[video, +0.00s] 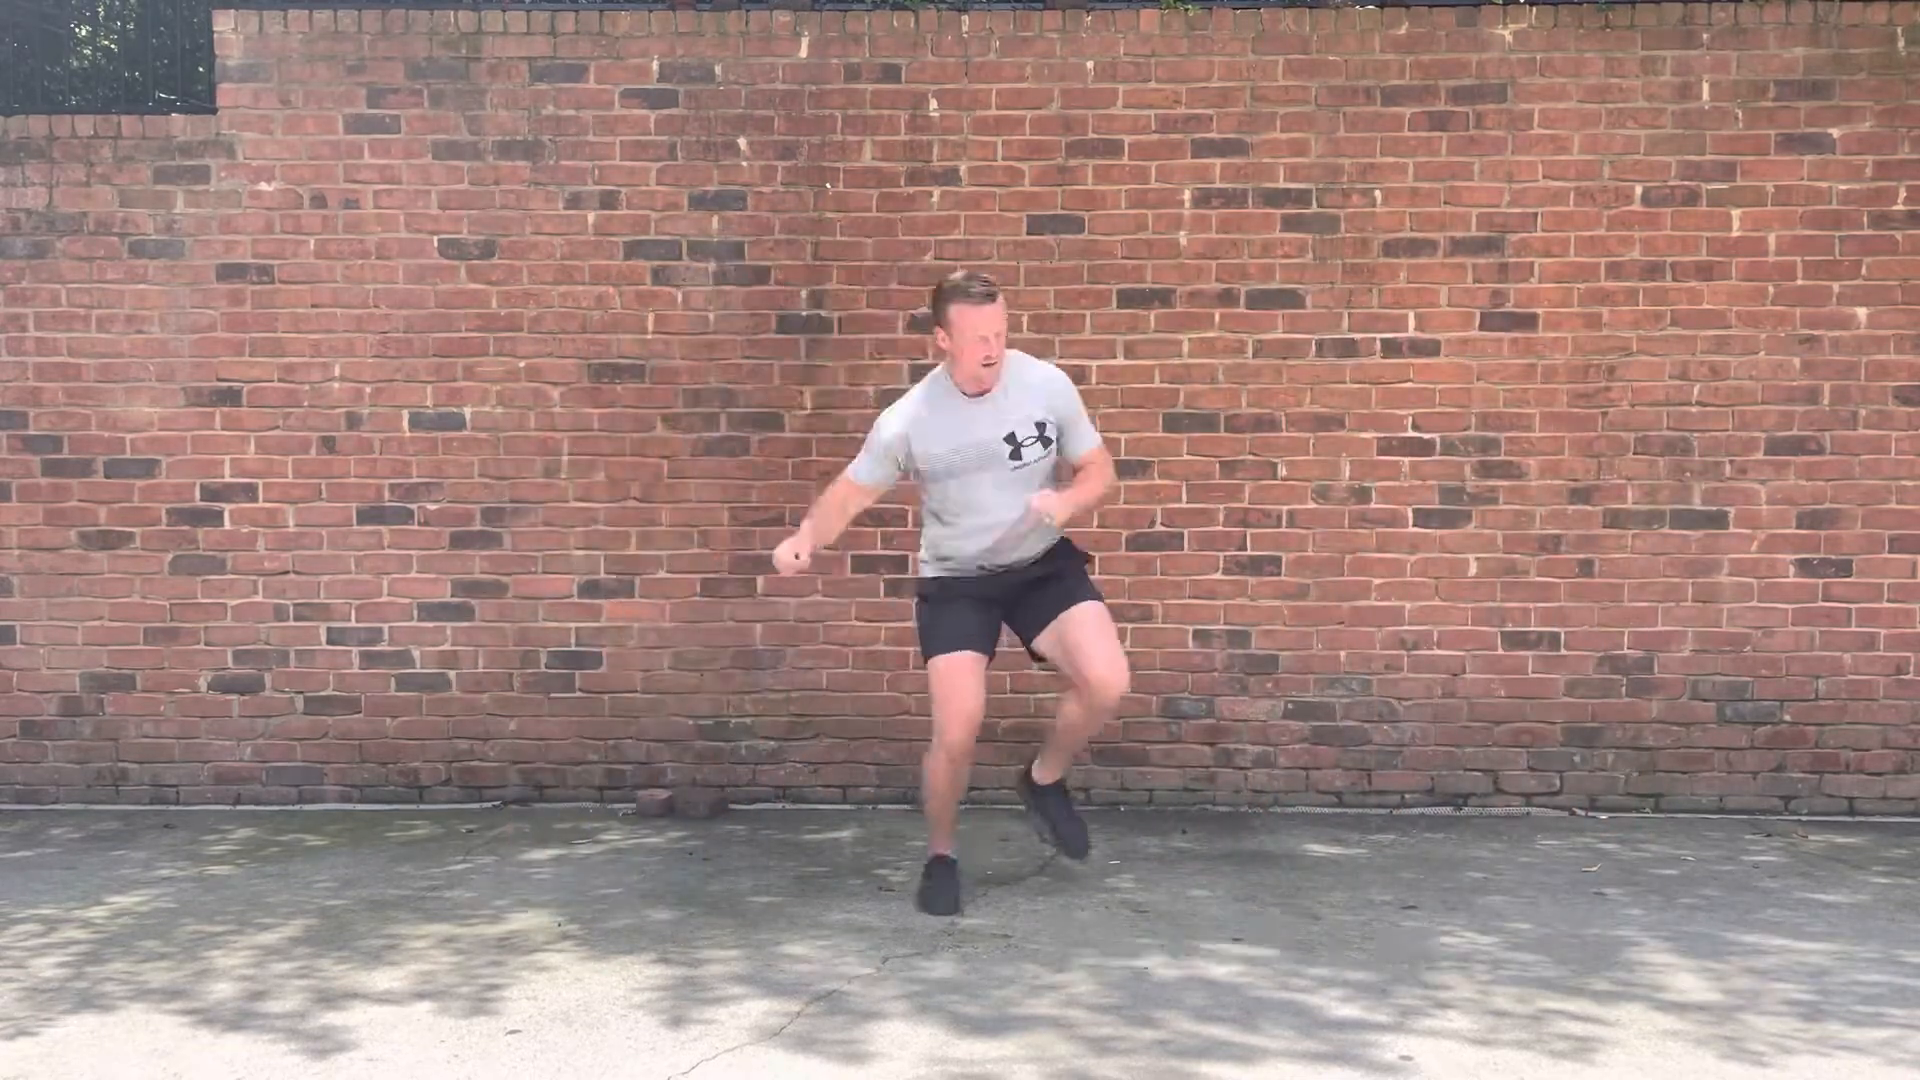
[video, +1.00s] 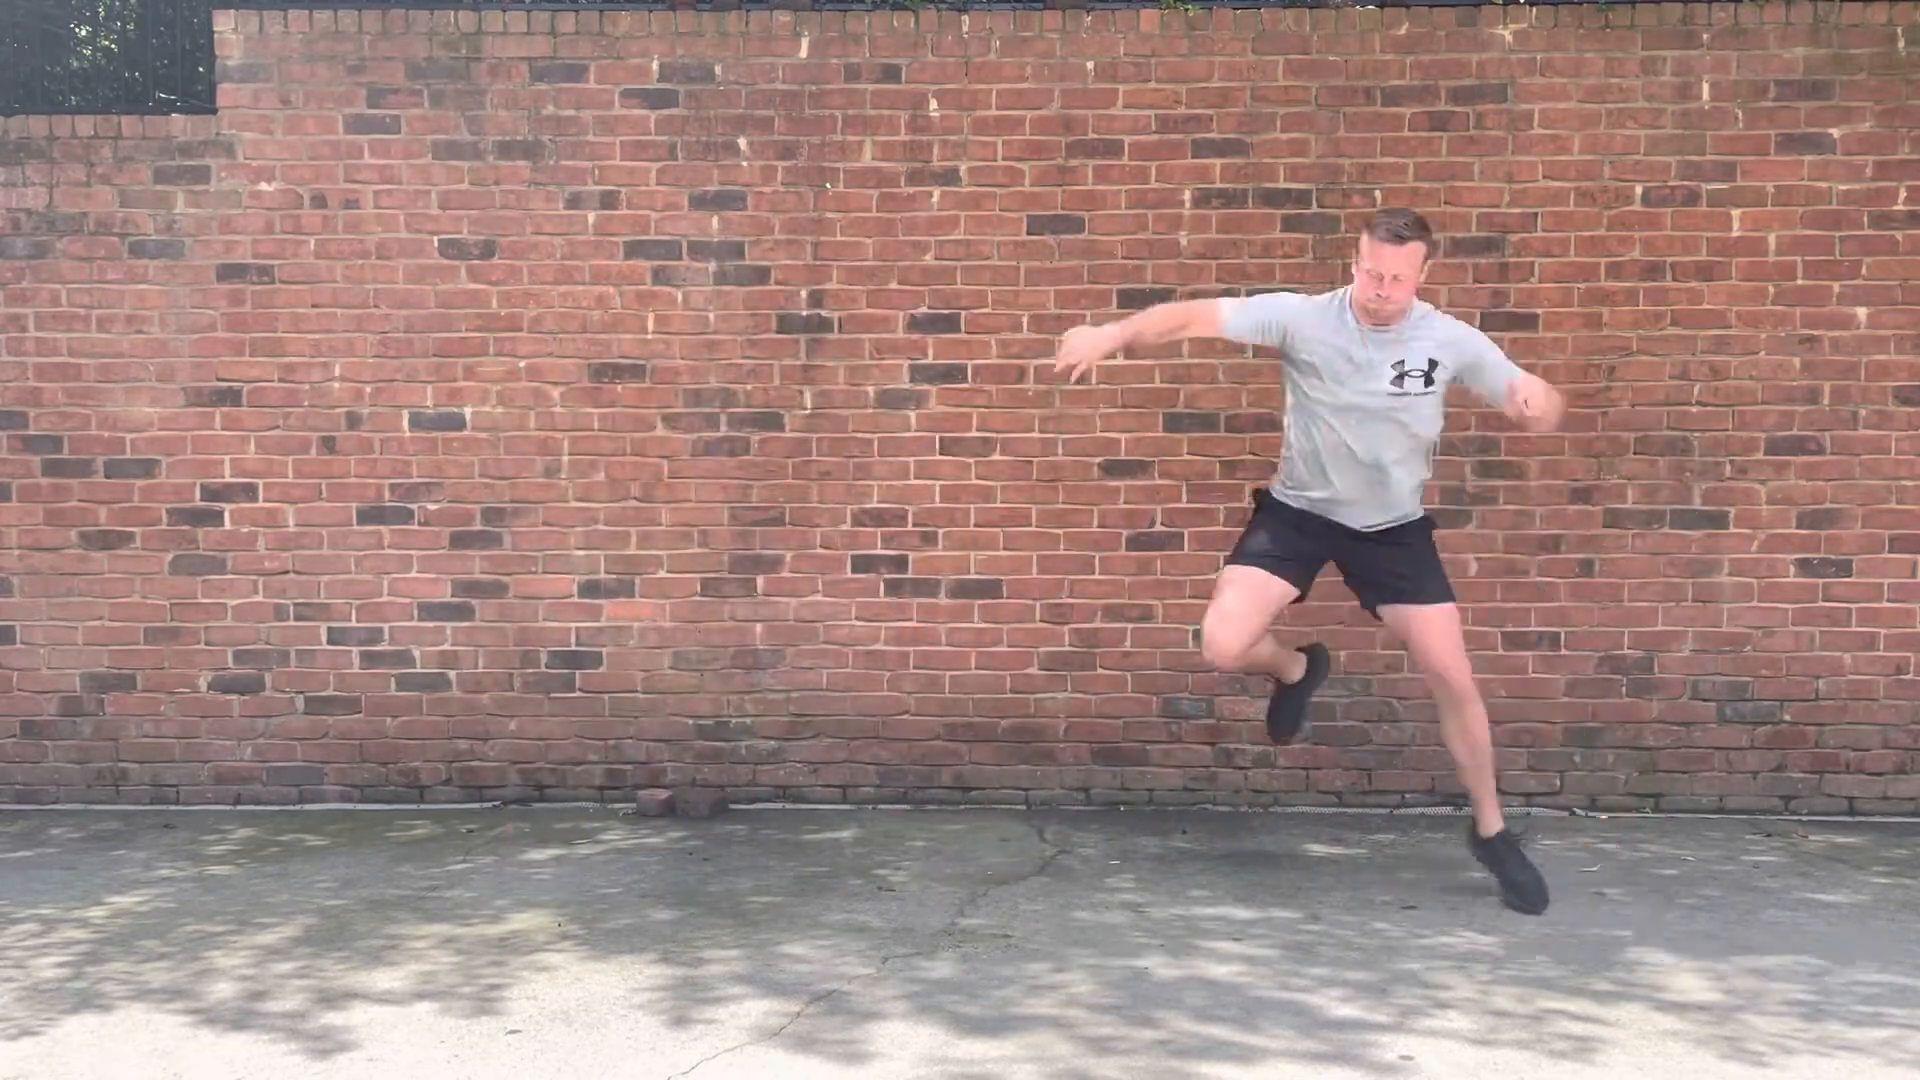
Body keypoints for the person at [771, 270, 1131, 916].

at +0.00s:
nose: (992, 349)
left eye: (999, 334)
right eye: (976, 337)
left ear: (1008, 330)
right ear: (942, 340)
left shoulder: (1046, 385)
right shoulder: (907, 421)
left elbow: (1098, 469)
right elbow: (850, 491)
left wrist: (1067, 501)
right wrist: (806, 538)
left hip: (1043, 564)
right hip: (956, 579)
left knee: (1107, 681)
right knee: (957, 730)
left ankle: (1044, 780)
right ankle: (941, 855)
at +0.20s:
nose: (1189, 287)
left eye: (1196, 273)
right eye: (1175, 274)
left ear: (1203, 268)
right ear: (1138, 271)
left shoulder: (1233, 315)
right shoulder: (1092, 345)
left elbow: (1316, 363)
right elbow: (1018, 411)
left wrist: (1368, 425)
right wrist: (1019, 434)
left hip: (1225, 504)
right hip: (1127, 525)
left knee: (1348, 607)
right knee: (1059, 668)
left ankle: (1323, 731)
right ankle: (989, 814)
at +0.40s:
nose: (1414, 342)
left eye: (1424, 328)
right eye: (1401, 326)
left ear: (1432, 320)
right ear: (1361, 315)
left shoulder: (1440, 369)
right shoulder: (1303, 371)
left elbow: (1458, 422)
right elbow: (1195, 418)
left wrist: (1499, 492)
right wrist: (1222, 436)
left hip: (1412, 557)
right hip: (1310, 562)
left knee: (1502, 690)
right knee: (1231, 708)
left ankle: (1587, 834)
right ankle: (1241, 746)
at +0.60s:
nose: (1585, 453)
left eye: (1594, 442)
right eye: (1577, 436)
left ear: (1597, 439)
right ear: (1537, 416)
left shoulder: (1562, 498)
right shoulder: (1468, 474)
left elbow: (1588, 582)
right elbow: (1398, 566)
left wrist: (1659, 664)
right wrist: (1502, 609)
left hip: (1510, 628)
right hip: (1426, 645)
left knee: (1599, 736)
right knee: (1498, 790)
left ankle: (1617, 864)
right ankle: (1521, 778)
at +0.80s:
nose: (1527, 404)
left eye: (1541, 393)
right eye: (1517, 388)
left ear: (1558, 392)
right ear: (1493, 376)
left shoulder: (1577, 453)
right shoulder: (1438, 426)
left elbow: (1684, 491)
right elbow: (1326, 451)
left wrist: (1728, 459)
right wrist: (1405, 451)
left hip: (1506, 607)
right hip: (1412, 613)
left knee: (1588, 727)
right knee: (1425, 771)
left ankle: (1618, 864)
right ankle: (1463, 769)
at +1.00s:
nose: (1381, 291)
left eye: (1398, 279)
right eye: (1372, 274)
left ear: (1422, 276)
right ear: (1355, 262)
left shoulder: (1449, 340)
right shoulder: (1301, 318)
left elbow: (1533, 402)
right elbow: (1191, 316)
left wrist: (1539, 404)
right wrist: (1105, 335)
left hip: (1393, 526)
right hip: (1296, 514)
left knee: (1453, 674)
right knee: (1223, 642)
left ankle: (1492, 831)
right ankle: (1297, 670)